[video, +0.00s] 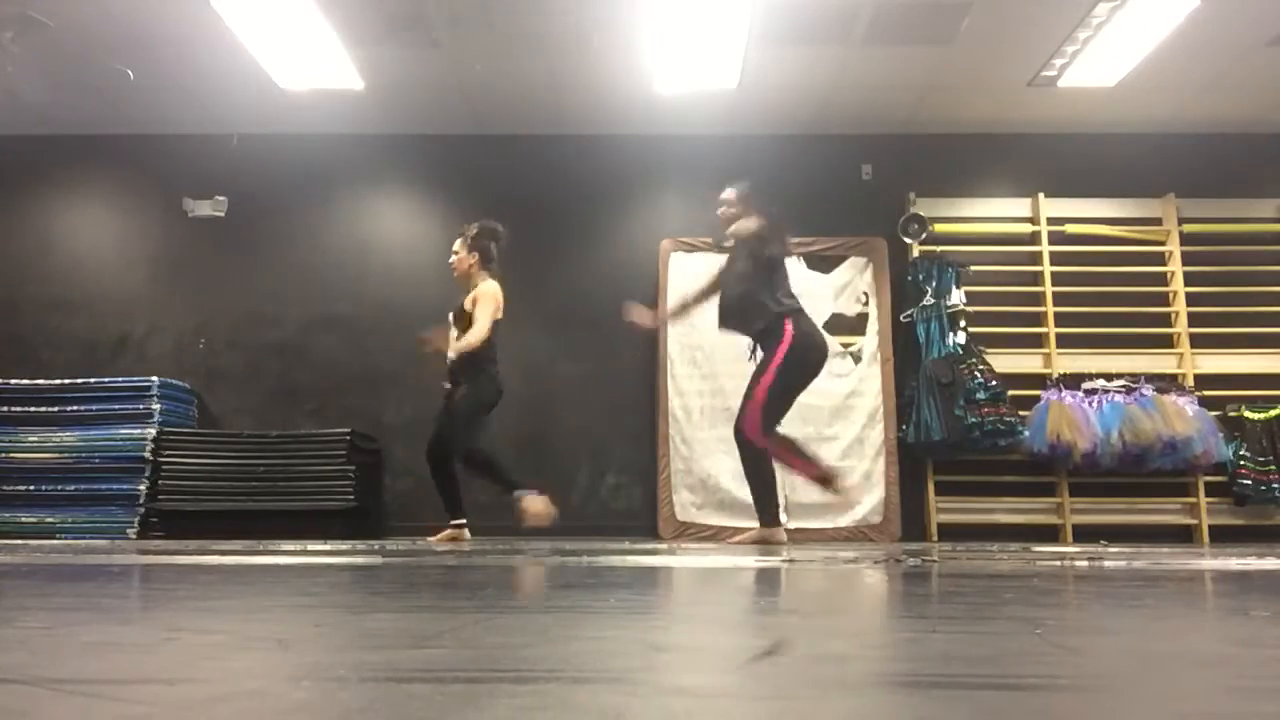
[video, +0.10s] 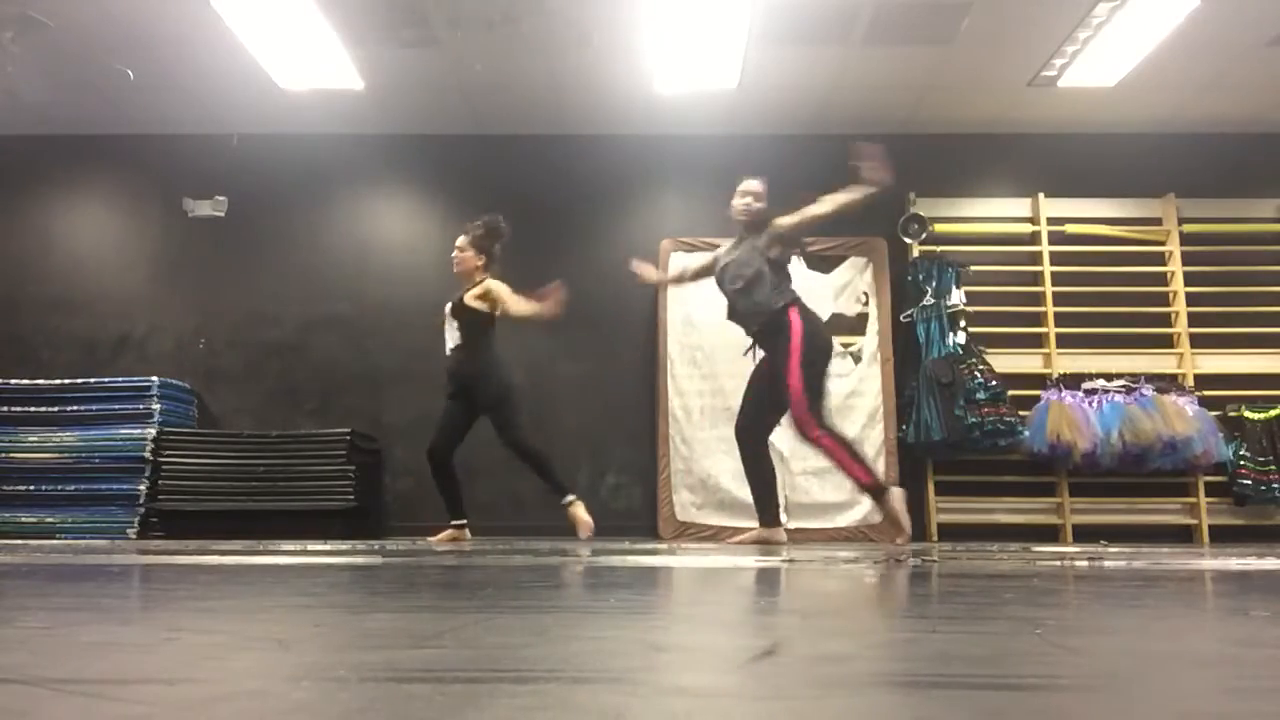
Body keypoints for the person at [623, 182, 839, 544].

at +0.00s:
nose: (720, 211)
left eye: (727, 205)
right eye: (719, 205)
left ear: (749, 207)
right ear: (725, 212)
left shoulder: (759, 232)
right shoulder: (737, 253)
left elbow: (758, 230)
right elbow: (704, 293)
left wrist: (744, 231)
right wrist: (660, 317)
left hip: (793, 338)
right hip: (779, 344)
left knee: (755, 428)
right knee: (747, 431)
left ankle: (832, 481)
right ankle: (770, 526)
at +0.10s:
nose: (747, 202)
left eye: (755, 198)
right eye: (742, 196)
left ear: (767, 205)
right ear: (730, 203)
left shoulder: (774, 234)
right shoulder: (722, 256)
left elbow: (823, 208)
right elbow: (689, 273)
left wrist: (870, 186)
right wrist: (657, 277)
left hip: (797, 331)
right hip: (775, 345)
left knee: (808, 422)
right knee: (749, 430)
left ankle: (884, 497)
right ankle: (770, 527)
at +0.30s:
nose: (795, 205)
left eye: (798, 200)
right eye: (786, 198)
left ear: (800, 208)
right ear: (763, 207)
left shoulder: (807, 244)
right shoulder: (738, 247)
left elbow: (861, 237)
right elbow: (689, 247)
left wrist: (912, 229)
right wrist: (650, 244)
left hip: (828, 332)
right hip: (787, 350)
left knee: (852, 415)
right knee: (751, 433)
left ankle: (907, 504)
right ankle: (770, 527)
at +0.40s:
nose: (813, 213)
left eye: (814, 207)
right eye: (805, 206)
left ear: (806, 216)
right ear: (780, 211)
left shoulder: (816, 252)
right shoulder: (751, 248)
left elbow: (860, 251)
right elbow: (690, 242)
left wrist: (900, 248)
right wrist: (641, 232)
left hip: (838, 342)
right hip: (792, 355)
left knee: (857, 417)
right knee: (753, 436)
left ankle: (911, 508)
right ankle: (768, 527)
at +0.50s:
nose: (831, 221)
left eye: (830, 214)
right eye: (824, 213)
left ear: (812, 221)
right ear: (800, 217)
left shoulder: (824, 264)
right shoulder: (770, 252)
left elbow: (865, 270)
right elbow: (714, 241)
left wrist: (880, 254)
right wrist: (656, 225)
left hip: (843, 356)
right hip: (796, 361)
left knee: (870, 429)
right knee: (760, 442)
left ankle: (914, 514)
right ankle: (762, 528)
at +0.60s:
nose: (849, 231)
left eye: (848, 224)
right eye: (841, 223)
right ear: (818, 228)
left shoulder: (841, 276)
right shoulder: (800, 262)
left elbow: (856, 269)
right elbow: (772, 256)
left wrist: (862, 256)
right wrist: (745, 247)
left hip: (847, 372)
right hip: (801, 374)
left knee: (885, 440)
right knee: (772, 452)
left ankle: (913, 522)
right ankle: (757, 528)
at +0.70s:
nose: (868, 237)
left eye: (867, 231)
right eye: (860, 231)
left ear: (854, 240)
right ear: (837, 238)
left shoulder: (858, 273)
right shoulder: (822, 272)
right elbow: (841, 300)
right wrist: (856, 263)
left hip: (856, 384)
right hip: (810, 384)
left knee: (890, 449)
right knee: (781, 458)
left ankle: (913, 529)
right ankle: (757, 529)